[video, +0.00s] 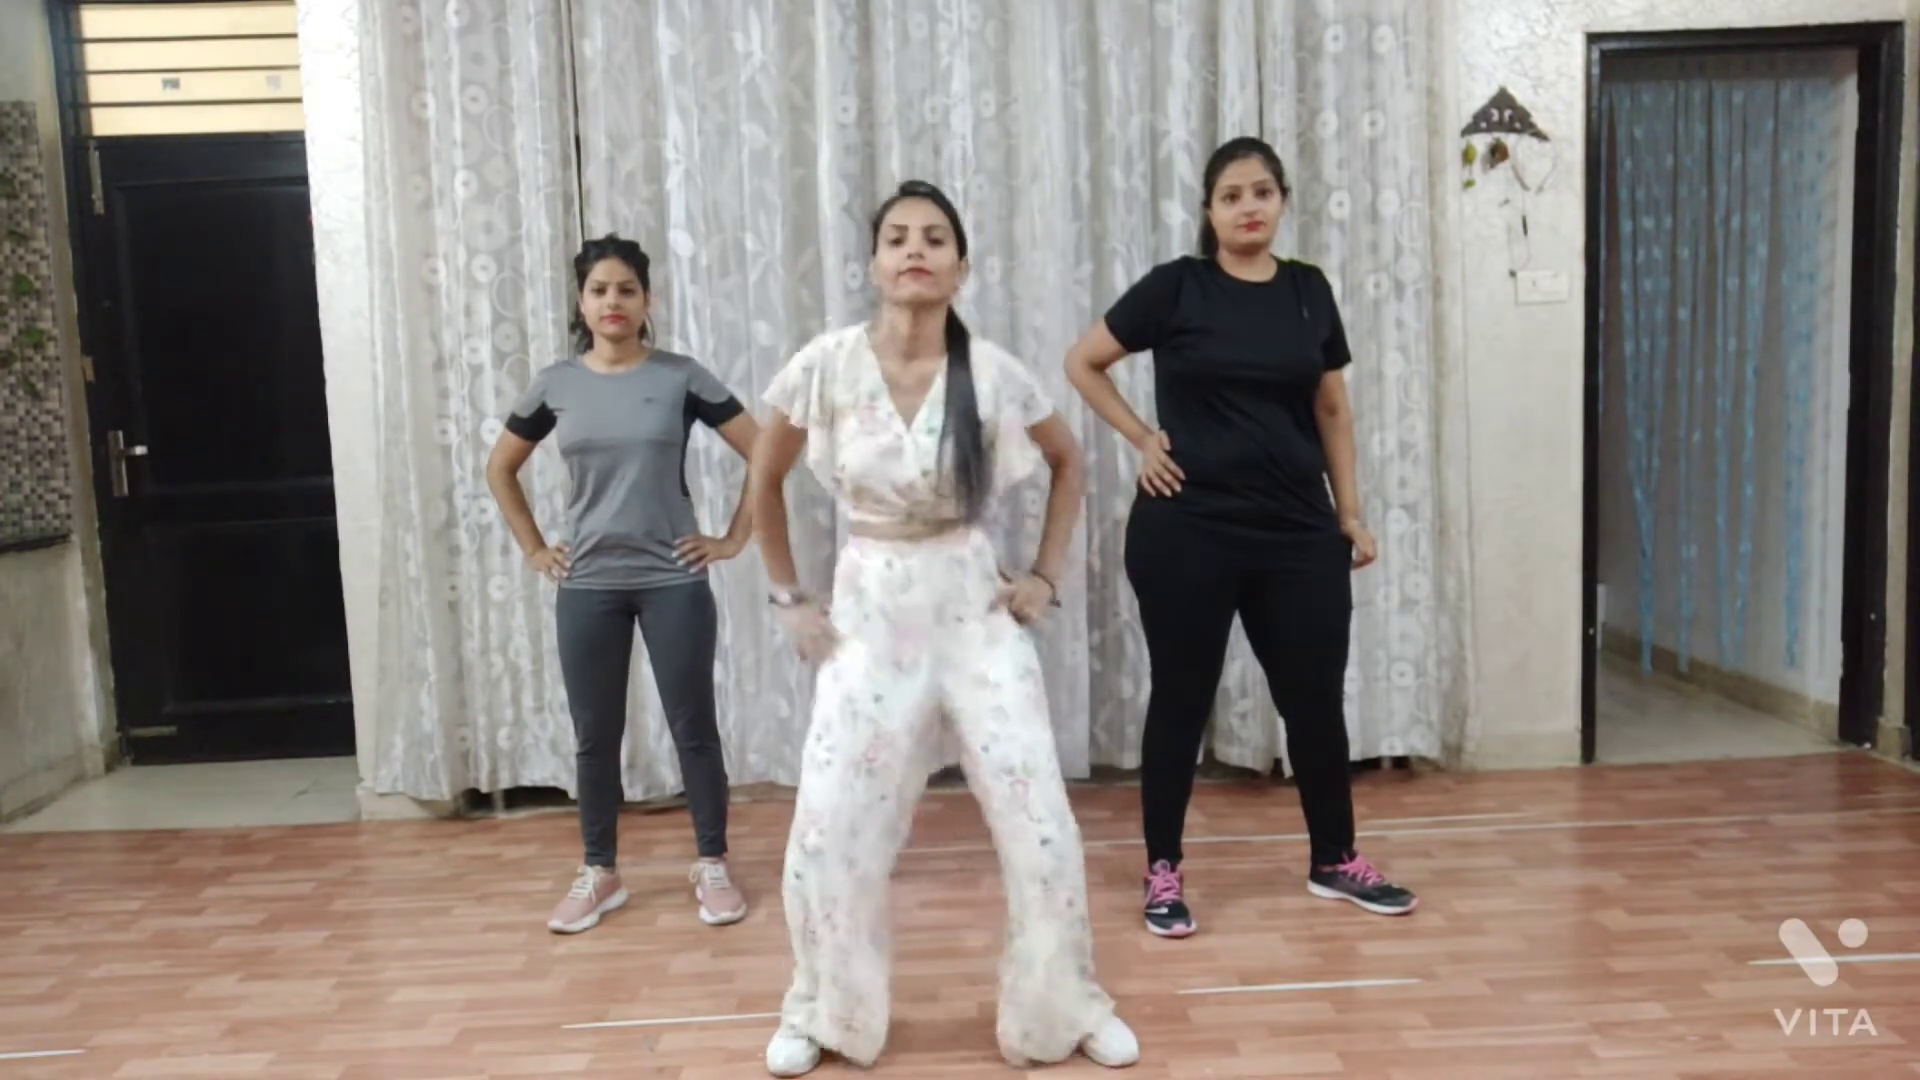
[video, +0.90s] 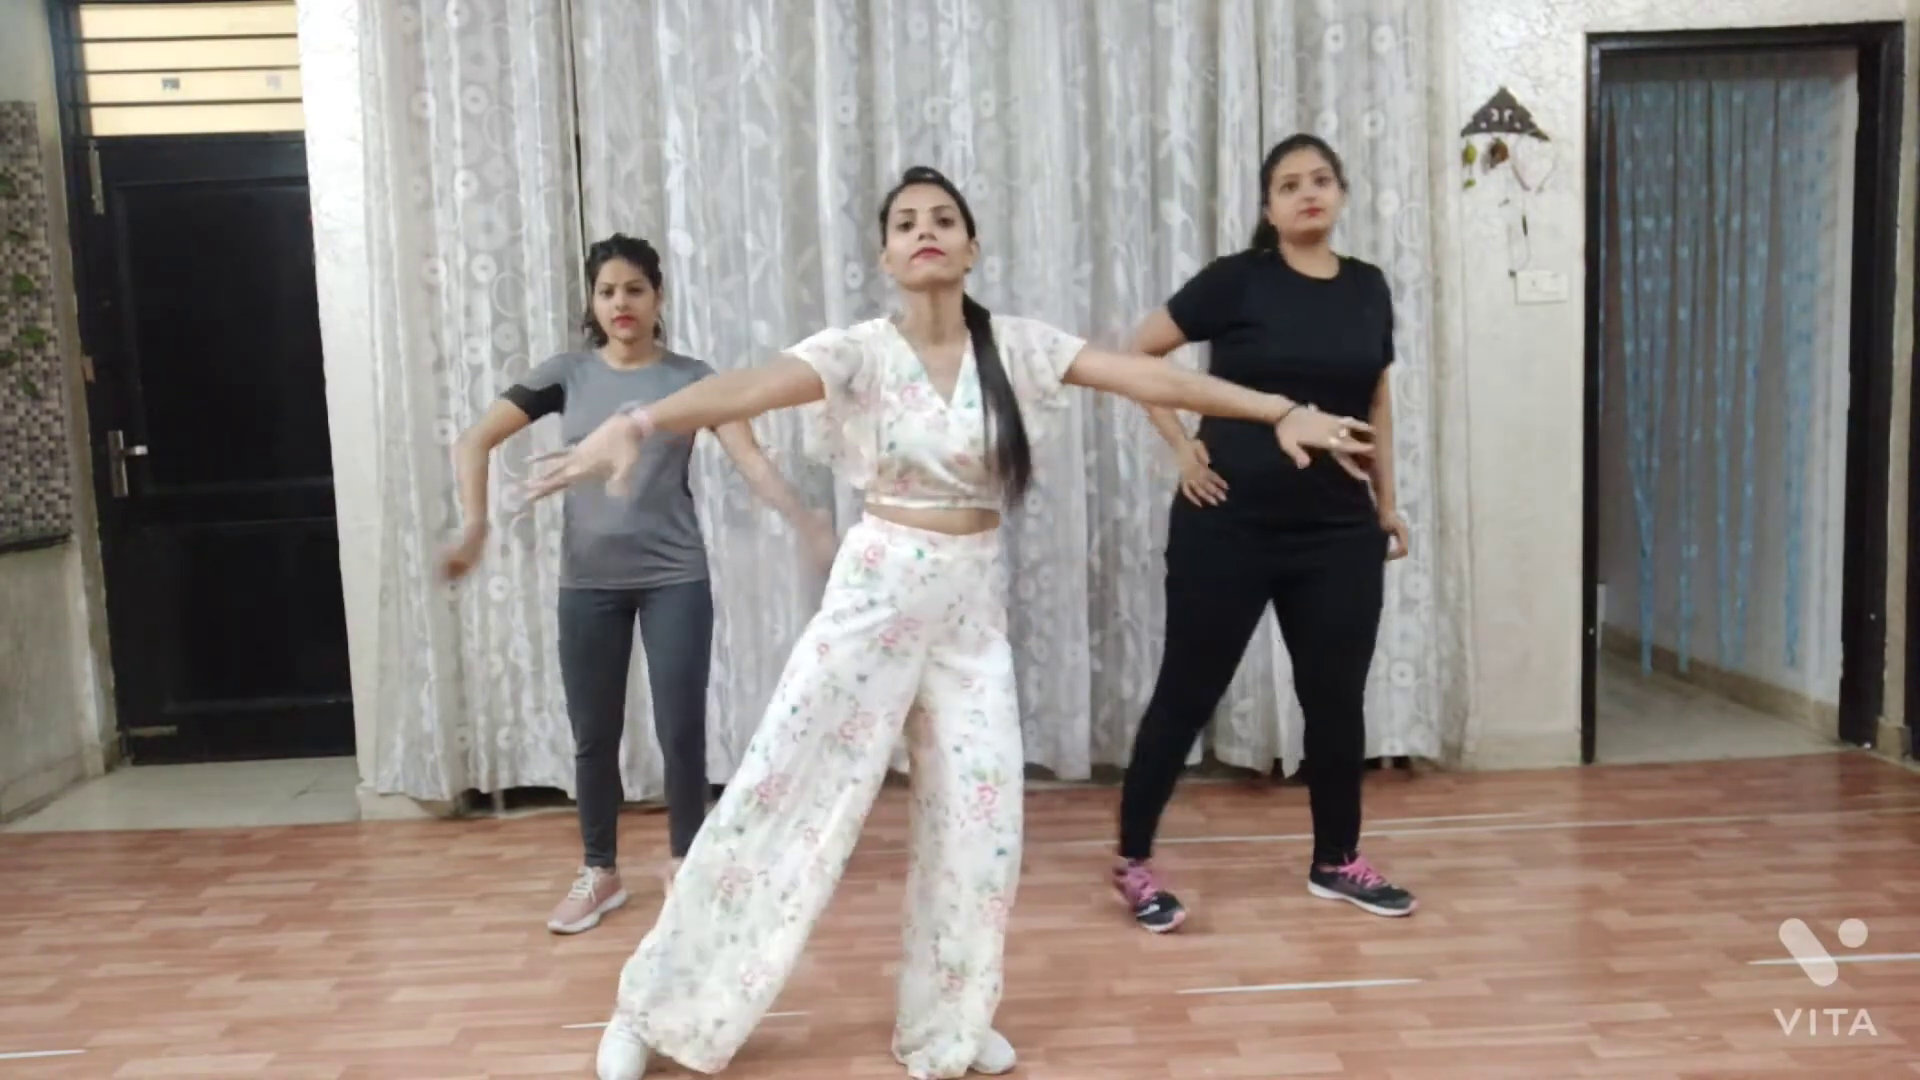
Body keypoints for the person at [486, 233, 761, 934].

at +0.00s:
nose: (613, 301)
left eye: (626, 290)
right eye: (600, 290)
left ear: (646, 302)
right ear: (580, 302)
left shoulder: (681, 378)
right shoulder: (555, 385)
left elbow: (763, 452)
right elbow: (500, 468)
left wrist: (734, 537)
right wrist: (537, 550)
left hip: (674, 574)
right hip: (588, 579)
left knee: (693, 726)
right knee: (594, 736)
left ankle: (712, 866)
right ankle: (599, 872)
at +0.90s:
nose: (621, 303)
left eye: (634, 290)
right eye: (608, 292)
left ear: (658, 297)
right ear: (591, 303)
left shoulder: (694, 379)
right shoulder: (569, 375)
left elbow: (752, 460)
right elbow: (473, 441)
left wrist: (806, 518)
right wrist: (473, 529)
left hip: (674, 574)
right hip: (589, 582)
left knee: (680, 732)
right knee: (595, 738)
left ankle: (687, 873)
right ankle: (599, 873)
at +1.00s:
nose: (629, 307)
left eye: (642, 293)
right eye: (616, 295)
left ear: (667, 299)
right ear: (601, 305)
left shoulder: (701, 377)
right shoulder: (583, 372)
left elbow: (757, 443)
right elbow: (521, 414)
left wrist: (826, 497)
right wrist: (470, 445)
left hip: (680, 578)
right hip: (596, 580)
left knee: (683, 733)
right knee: (587, 736)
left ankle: (687, 871)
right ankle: (597, 872)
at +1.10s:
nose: (632, 309)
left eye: (646, 295)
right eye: (620, 298)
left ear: (675, 302)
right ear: (606, 309)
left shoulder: (707, 379)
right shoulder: (600, 372)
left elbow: (750, 421)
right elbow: (565, 384)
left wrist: (807, 455)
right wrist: (524, 370)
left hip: (688, 580)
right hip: (605, 581)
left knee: (688, 726)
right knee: (567, 721)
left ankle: (685, 869)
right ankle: (579, 864)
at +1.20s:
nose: (640, 313)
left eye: (653, 299)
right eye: (627, 301)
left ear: (683, 303)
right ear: (610, 309)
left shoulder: (709, 371)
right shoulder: (598, 366)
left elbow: (729, 389)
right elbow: (600, 375)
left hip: (701, 579)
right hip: (616, 577)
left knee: (691, 736)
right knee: (556, 716)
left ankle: (687, 874)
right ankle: (509, 851)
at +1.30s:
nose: (644, 312)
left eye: (656, 299)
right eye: (631, 303)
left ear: (685, 302)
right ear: (616, 311)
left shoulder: (724, 372)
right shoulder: (604, 365)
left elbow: (697, 378)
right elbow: (621, 362)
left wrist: (648, 343)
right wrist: (723, 320)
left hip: (708, 574)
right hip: (623, 575)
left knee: (696, 734)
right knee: (549, 714)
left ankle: (687, 876)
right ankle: (471, 836)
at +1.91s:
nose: (662, 314)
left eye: (674, 302)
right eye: (647, 304)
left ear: (690, 308)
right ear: (622, 315)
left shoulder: (717, 380)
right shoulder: (604, 376)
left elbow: (771, 331)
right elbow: (535, 320)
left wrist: (674, 334)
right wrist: (621, 307)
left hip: (708, 581)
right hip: (621, 582)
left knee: (695, 735)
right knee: (553, 724)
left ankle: (690, 876)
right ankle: (482, 840)